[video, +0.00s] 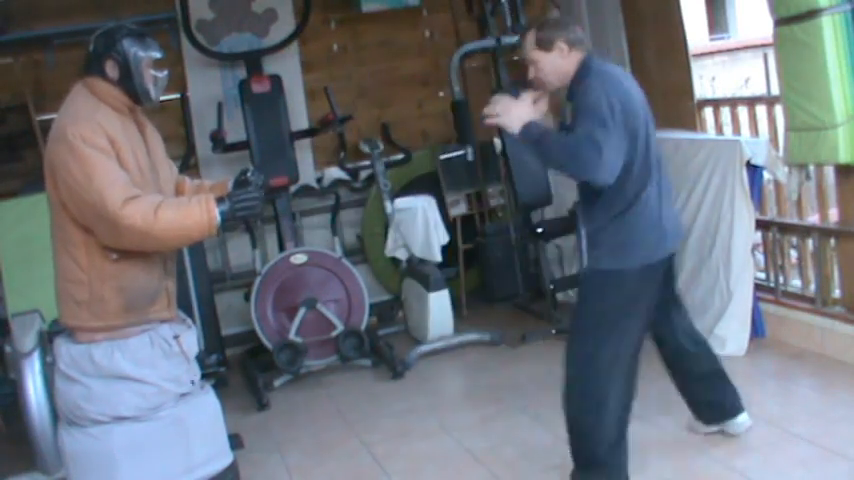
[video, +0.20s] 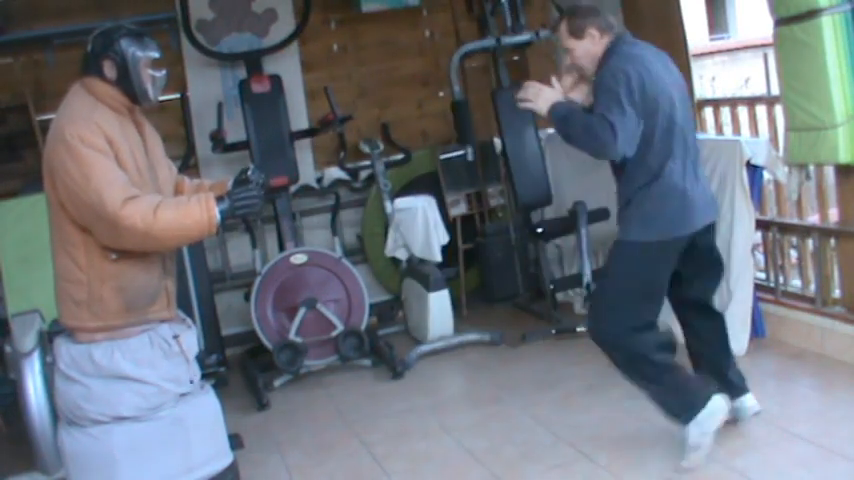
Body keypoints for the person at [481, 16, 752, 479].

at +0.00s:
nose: (531, 74)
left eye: (535, 62)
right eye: (527, 65)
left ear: (564, 50)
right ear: (565, 52)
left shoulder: (595, 86)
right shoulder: (607, 78)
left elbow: (597, 163)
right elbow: (595, 153)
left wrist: (529, 126)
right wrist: (544, 121)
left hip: (622, 253)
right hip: (651, 240)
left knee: (593, 372)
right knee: (672, 328)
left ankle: (597, 471)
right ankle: (724, 411)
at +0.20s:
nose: (570, 58)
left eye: (570, 47)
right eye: (565, 49)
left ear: (594, 34)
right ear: (603, 31)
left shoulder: (617, 70)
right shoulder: (654, 57)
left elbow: (614, 142)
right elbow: (651, 128)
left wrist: (555, 109)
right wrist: (590, 101)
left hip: (656, 219)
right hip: (696, 209)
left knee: (613, 322)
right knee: (694, 304)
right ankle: (735, 392)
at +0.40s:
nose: (590, 69)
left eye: (589, 57)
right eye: (585, 60)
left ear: (615, 45)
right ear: (623, 45)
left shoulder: (639, 81)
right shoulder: (673, 72)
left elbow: (640, 155)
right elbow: (670, 141)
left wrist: (578, 130)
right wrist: (615, 115)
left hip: (675, 231)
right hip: (709, 221)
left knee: (645, 335)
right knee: (714, 322)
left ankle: (723, 420)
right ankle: (748, 406)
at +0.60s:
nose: (578, 61)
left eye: (580, 51)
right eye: (574, 53)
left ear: (611, 34)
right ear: (602, 39)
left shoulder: (652, 67)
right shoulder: (624, 73)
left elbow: (638, 130)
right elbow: (597, 141)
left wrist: (574, 91)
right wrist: (572, 96)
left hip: (675, 225)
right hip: (668, 221)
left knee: (655, 340)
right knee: (707, 317)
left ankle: (648, 455)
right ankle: (750, 397)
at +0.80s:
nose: (553, 68)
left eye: (558, 56)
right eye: (551, 58)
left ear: (588, 44)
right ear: (586, 47)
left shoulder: (626, 78)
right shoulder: (611, 81)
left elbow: (622, 151)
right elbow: (610, 147)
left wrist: (559, 113)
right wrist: (562, 113)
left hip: (646, 242)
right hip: (650, 237)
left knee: (627, 349)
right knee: (680, 321)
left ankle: (637, 465)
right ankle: (741, 394)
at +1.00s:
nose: (537, 59)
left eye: (538, 49)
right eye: (534, 51)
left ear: (562, 36)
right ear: (578, 32)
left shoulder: (562, 83)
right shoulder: (633, 69)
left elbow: (497, 109)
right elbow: (644, 134)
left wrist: (431, 99)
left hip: (603, 235)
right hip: (652, 225)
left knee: (602, 340)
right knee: (645, 322)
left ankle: (630, 463)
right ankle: (658, 415)